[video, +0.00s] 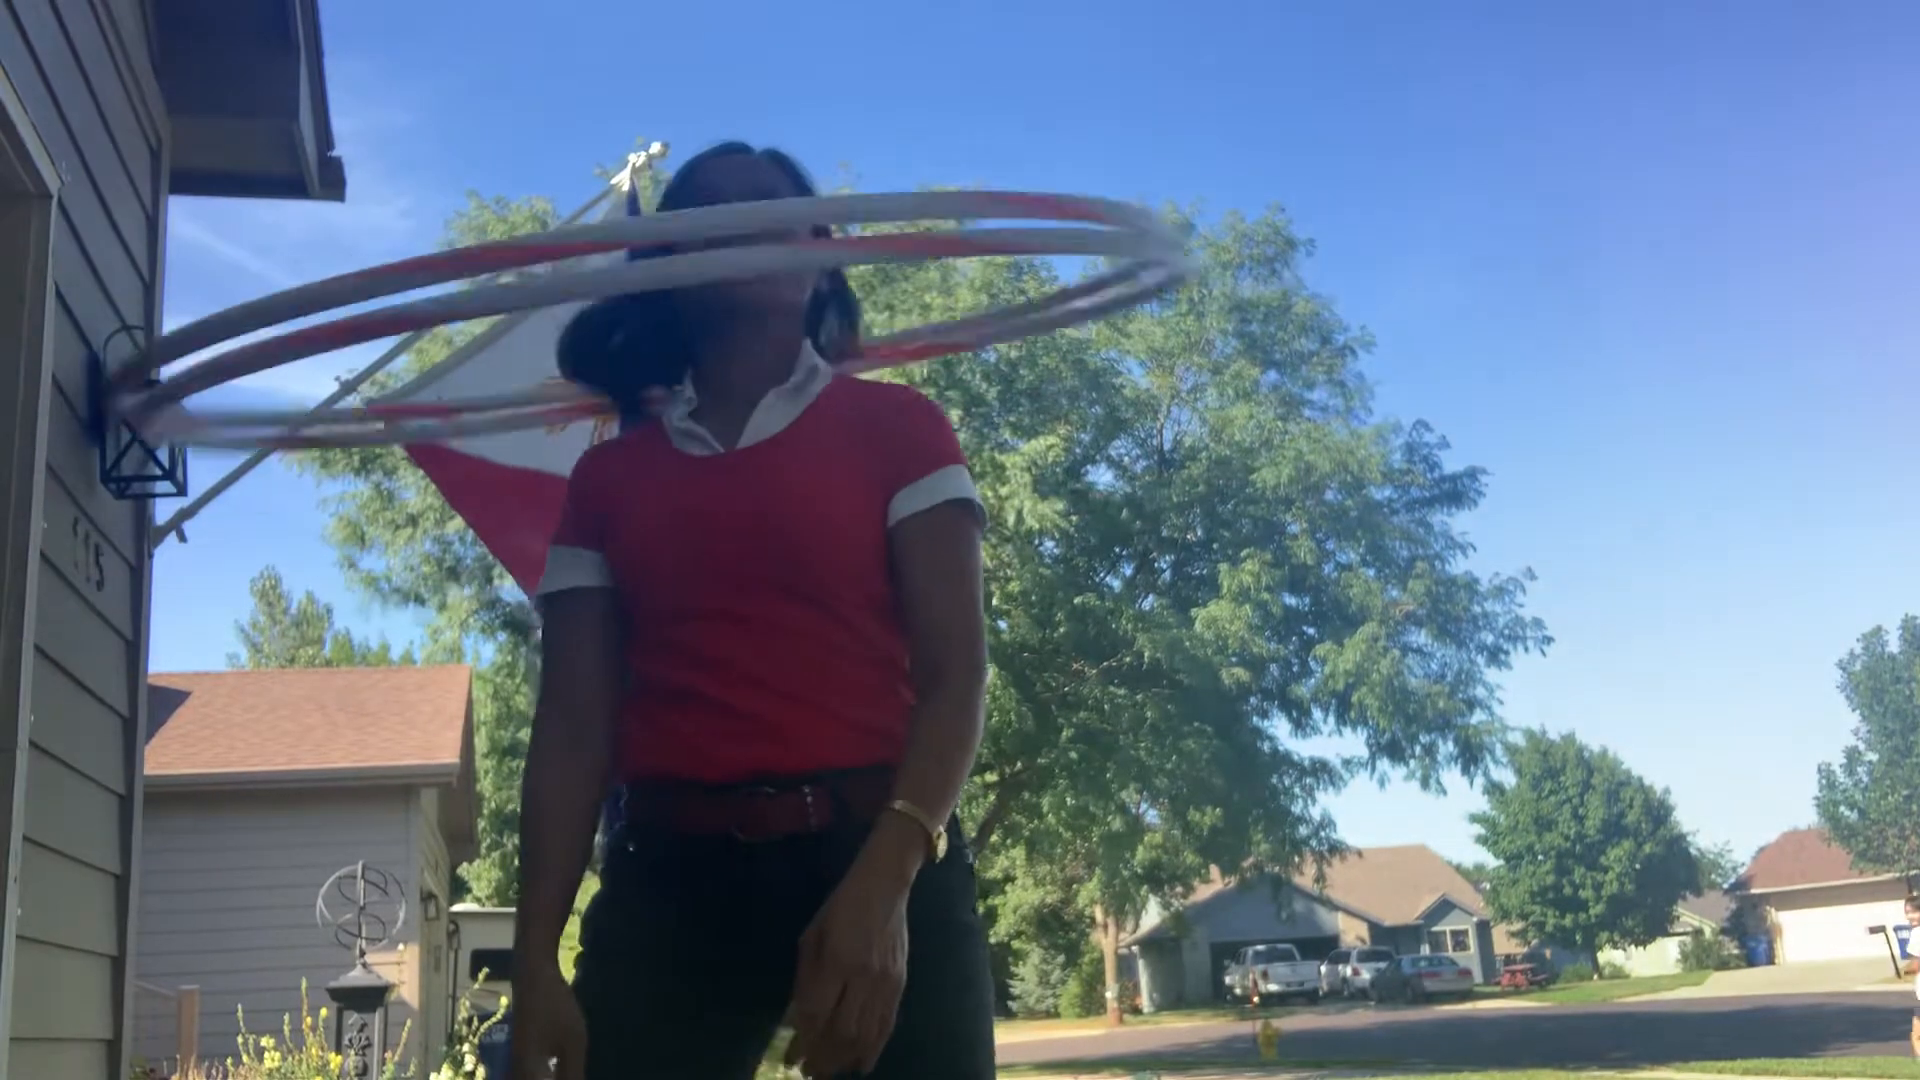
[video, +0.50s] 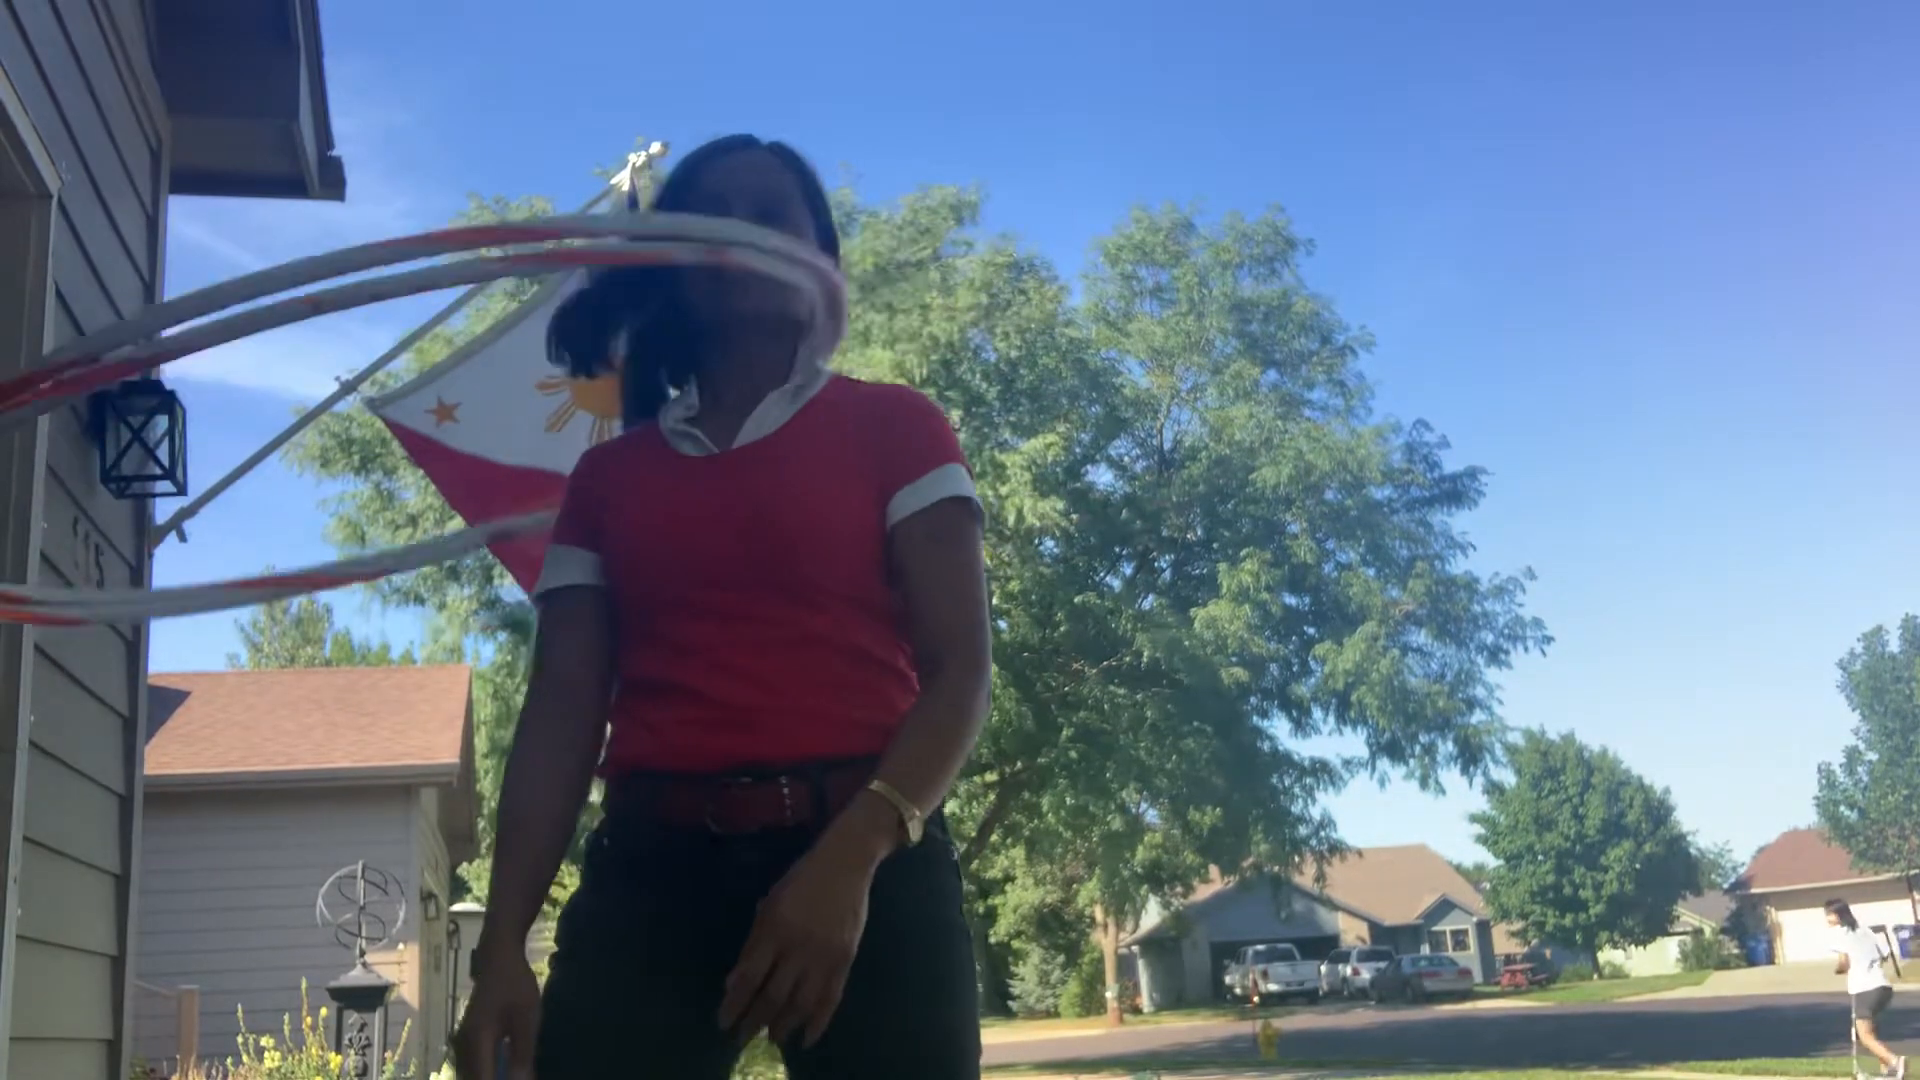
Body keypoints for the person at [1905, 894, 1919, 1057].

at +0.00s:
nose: (1909, 916)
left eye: (1912, 912)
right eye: (1908, 912)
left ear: (1918, 912)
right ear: (1906, 913)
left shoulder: (1916, 933)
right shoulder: (1914, 932)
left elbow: (1915, 965)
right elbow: (1914, 963)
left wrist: (1904, 970)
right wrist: (1906, 968)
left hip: (1918, 994)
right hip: (1917, 994)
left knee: (1916, 1034)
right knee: (1915, 1034)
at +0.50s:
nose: (1827, 920)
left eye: (1829, 915)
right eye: (1827, 915)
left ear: (1838, 915)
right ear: (1846, 914)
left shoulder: (1840, 934)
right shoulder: (1865, 930)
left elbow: (1844, 964)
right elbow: (1883, 954)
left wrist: (1838, 970)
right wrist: (1866, 963)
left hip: (1865, 987)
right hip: (1884, 984)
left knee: (1863, 1034)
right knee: (1871, 1028)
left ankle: (1894, 1061)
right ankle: (1885, 1067)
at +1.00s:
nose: (1760, 924)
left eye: (1761, 920)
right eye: (1760, 920)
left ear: (1766, 922)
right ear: (1781, 918)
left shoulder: (1767, 939)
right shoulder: (1795, 932)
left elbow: (1774, 966)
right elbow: (1814, 953)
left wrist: (1767, 971)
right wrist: (1799, 963)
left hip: (1793, 991)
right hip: (1814, 987)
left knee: (1788, 1032)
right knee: (1802, 1029)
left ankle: (1800, 1073)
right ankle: (1812, 1065)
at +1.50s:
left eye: (1716, 929)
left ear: (1718, 930)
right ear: (1734, 929)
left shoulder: (1715, 942)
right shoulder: (1743, 942)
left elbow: (1712, 966)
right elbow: (1760, 965)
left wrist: (1713, 972)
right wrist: (1743, 970)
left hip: (1731, 988)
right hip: (1750, 987)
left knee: (1737, 1032)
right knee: (1736, 1029)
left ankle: (1763, 1053)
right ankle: (1752, 1064)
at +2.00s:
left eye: (1647, 936)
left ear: (1648, 937)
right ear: (1664, 935)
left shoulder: (1646, 951)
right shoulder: (1672, 946)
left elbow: (1646, 976)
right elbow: (1686, 967)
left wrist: (1644, 979)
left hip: (1666, 996)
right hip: (1684, 993)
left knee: (1669, 1034)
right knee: (1675, 1031)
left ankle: (1675, 1068)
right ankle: (1681, 1065)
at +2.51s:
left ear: (1591, 937)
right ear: (1606, 937)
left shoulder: (1588, 946)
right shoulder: (1615, 946)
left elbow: (1590, 965)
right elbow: (1627, 968)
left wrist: (1589, 978)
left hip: (1608, 988)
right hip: (1624, 987)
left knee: (1604, 1026)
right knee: (1614, 1026)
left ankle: (1625, 1052)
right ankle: (1619, 1062)